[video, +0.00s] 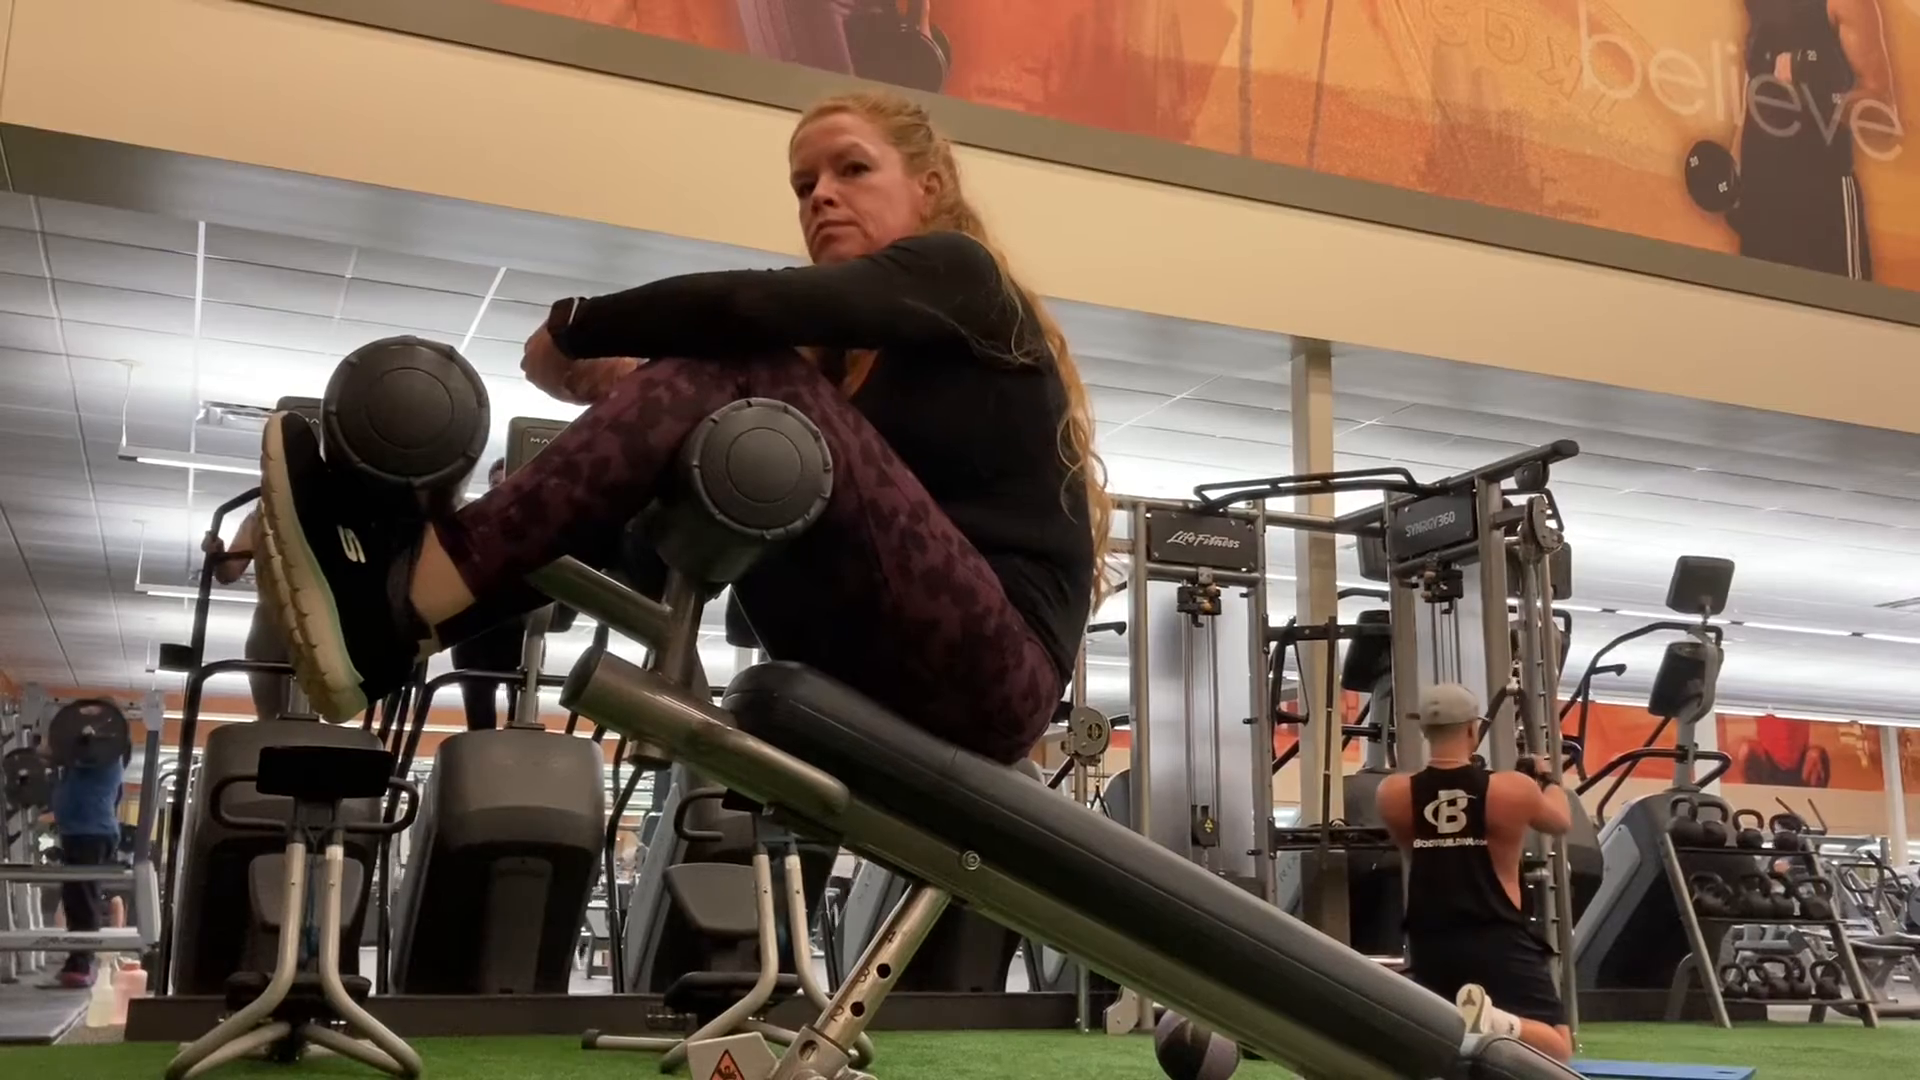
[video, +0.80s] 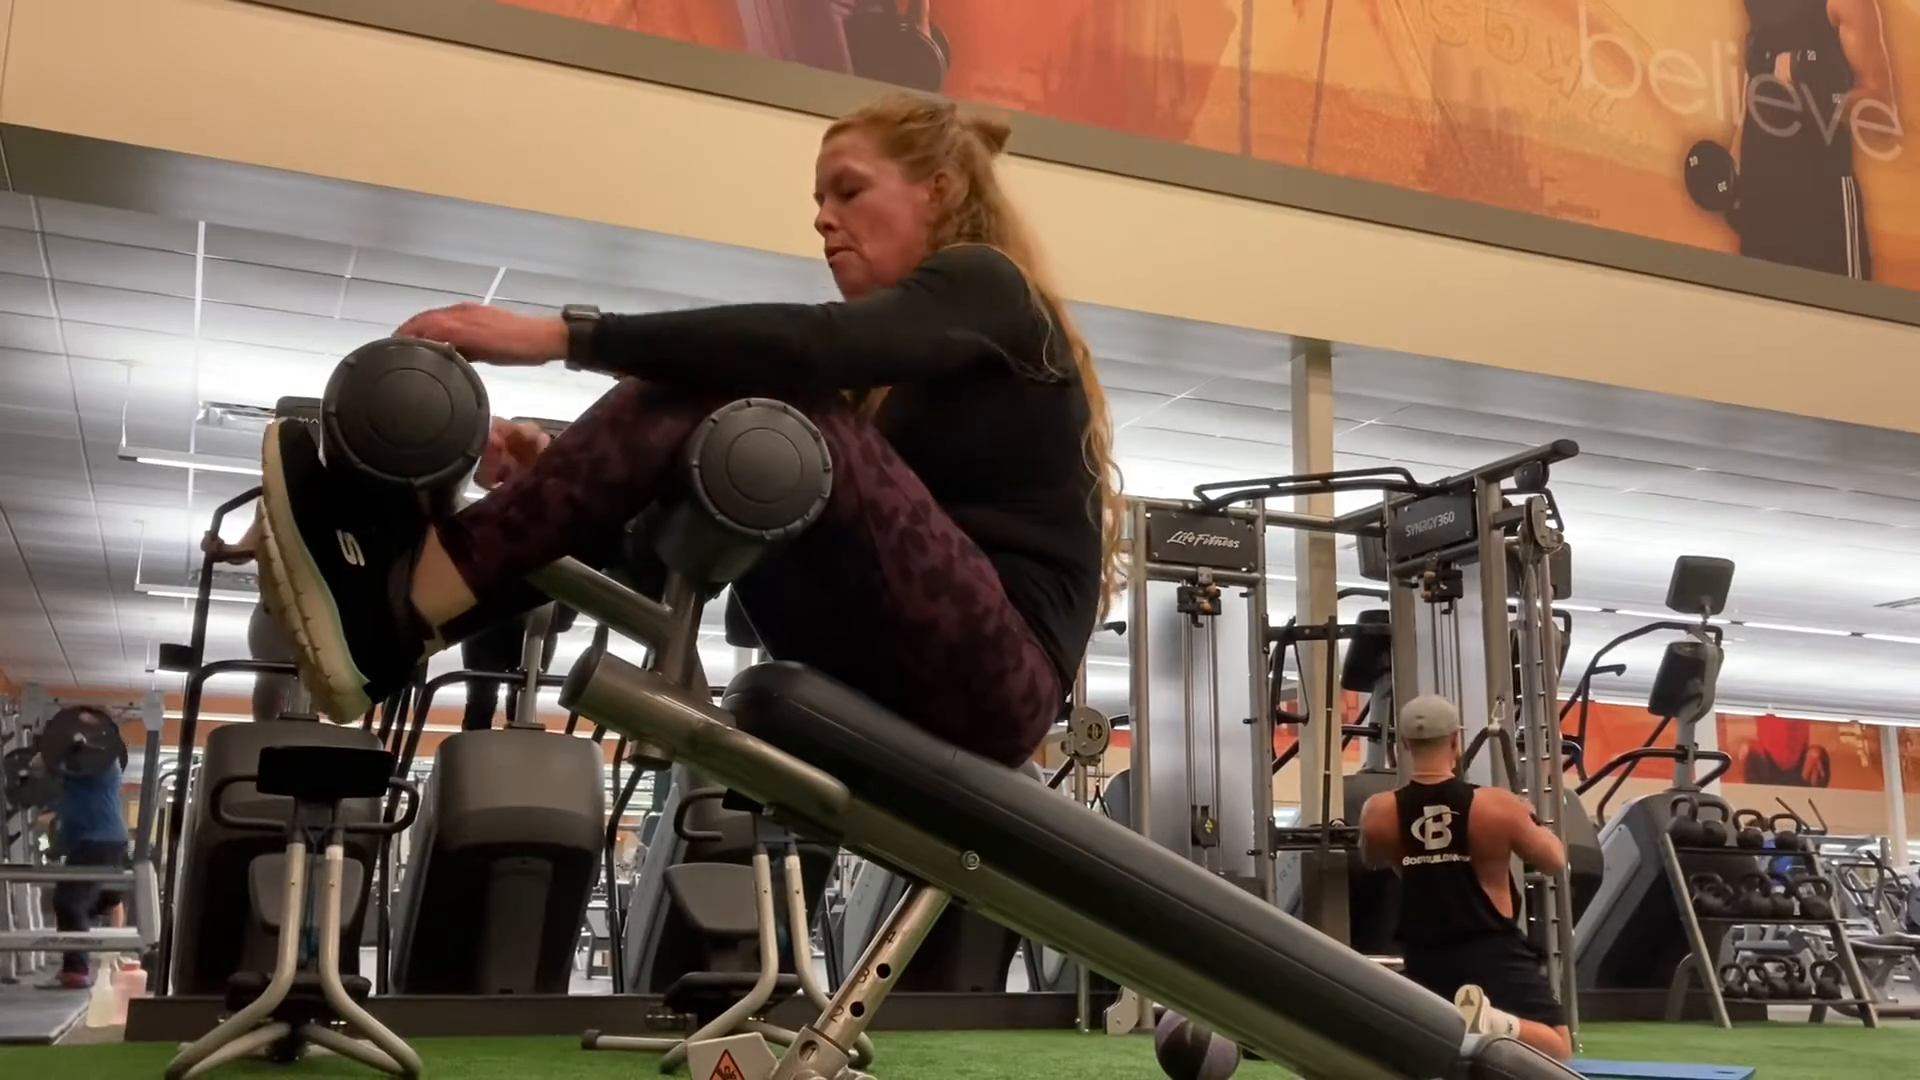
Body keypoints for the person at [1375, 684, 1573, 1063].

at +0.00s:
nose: (1479, 729)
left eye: (1477, 723)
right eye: (1477, 723)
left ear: (1425, 730)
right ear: (1473, 728)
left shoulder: (1393, 795)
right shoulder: (1512, 789)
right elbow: (1559, 820)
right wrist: (1550, 778)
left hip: (1428, 942)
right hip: (1498, 942)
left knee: (1443, 1040)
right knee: (1560, 1046)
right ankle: (1496, 1021)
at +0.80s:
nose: (1460, 743)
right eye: (1459, 736)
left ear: (1402, 746)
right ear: (1456, 741)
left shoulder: (1379, 812)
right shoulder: (1496, 807)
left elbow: (1373, 859)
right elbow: (1555, 860)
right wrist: (1527, 820)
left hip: (1422, 962)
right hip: (1494, 959)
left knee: (1439, 1050)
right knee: (1561, 1048)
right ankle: (1495, 1021)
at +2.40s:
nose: (1532, 721)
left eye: (1530, 712)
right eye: (1527, 712)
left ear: (1475, 722)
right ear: (1508, 719)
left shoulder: (1440, 791)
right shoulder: (1557, 785)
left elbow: (1425, 866)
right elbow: (1603, 852)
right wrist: (1571, 797)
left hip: (1462, 939)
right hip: (1531, 940)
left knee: (1460, 1049)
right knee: (1565, 1051)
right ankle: (1499, 1021)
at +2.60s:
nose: (1556, 709)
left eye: (1554, 701)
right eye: (1553, 701)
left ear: (1500, 709)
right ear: (1539, 707)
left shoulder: (1465, 774)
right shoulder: (1587, 771)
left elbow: (1439, 835)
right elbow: (1622, 838)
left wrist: (1485, 805)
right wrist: (1586, 800)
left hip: (1478, 923)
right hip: (1550, 925)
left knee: (1453, 1029)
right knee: (1565, 1050)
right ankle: (1509, 1019)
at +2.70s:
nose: (1563, 704)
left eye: (1560, 697)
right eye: (1560, 697)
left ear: (1509, 707)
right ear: (1550, 705)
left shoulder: (1477, 769)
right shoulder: (1599, 768)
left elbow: (1441, 832)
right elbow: (1628, 834)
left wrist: (1478, 799)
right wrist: (1586, 801)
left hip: (1487, 906)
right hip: (1558, 916)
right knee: (1566, 1047)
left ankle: (1437, 995)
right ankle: (1511, 1019)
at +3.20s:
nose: (1564, 707)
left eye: (1563, 701)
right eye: (1561, 701)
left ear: (1510, 706)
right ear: (1547, 705)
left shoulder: (1473, 756)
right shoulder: (1591, 763)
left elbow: (1443, 803)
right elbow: (1619, 823)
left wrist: (1487, 793)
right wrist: (1592, 785)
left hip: (1481, 902)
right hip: (1550, 911)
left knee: (1464, 927)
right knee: (1565, 1048)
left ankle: (1492, 1029)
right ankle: (1526, 1018)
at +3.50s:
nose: (1549, 671)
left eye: (1547, 662)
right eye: (1545, 662)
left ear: (1495, 671)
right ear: (1528, 668)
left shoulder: (1458, 722)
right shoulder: (1573, 721)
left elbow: (1437, 789)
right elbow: (1613, 792)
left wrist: (1481, 768)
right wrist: (1582, 764)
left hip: (1467, 848)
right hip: (1531, 849)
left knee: (1478, 922)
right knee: (1542, 986)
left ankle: (1499, 1020)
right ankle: (1509, 1009)